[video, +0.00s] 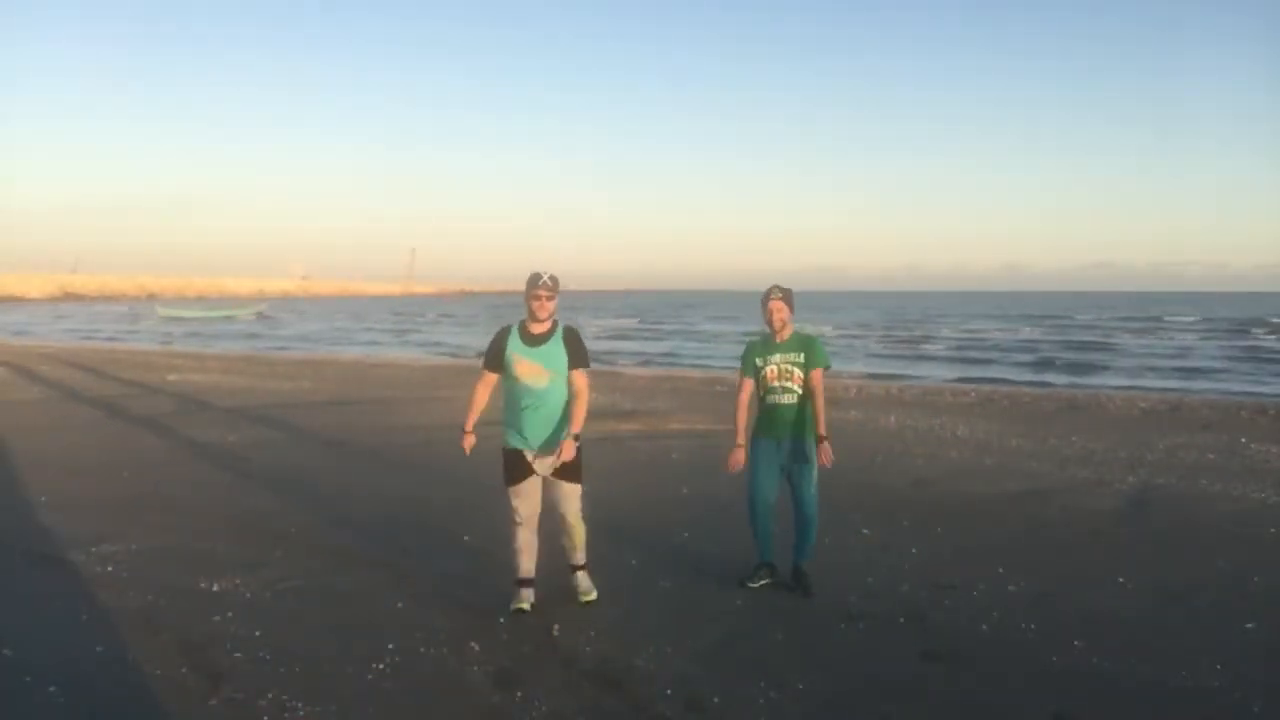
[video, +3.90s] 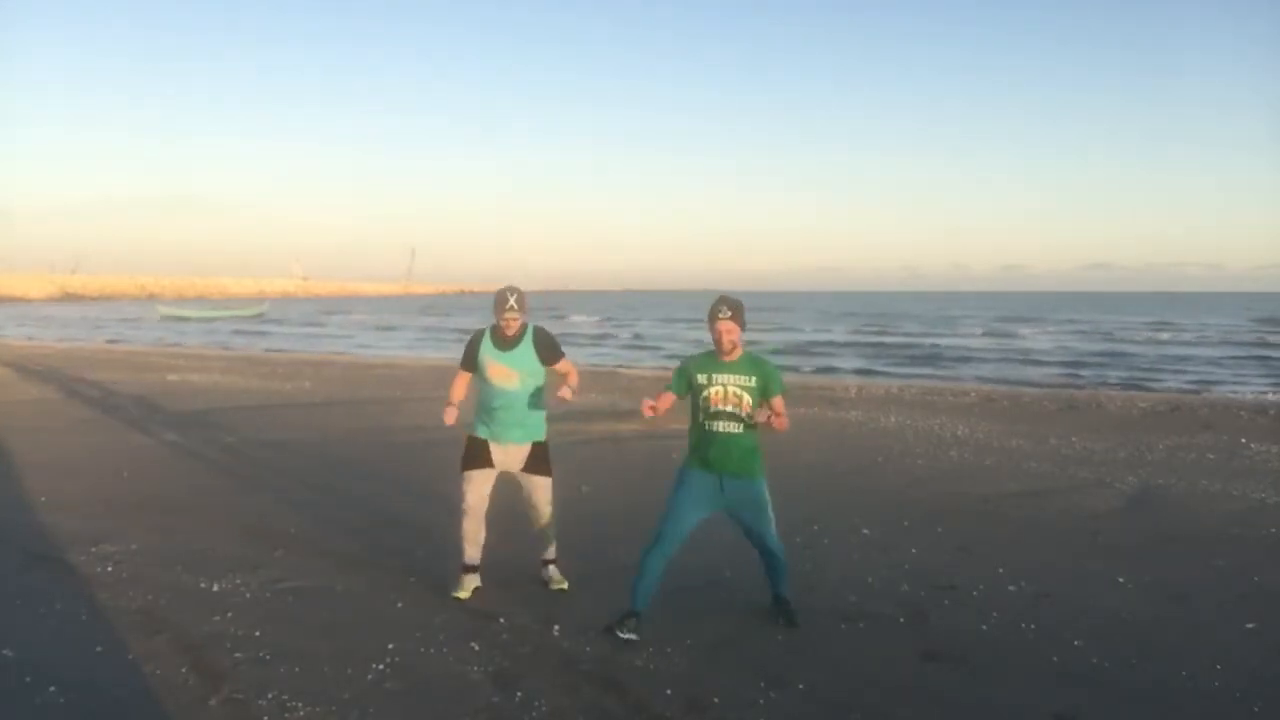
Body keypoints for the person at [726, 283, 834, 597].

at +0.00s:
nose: (774, 316)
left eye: (779, 310)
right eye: (769, 311)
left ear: (790, 312)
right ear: (764, 316)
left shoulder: (810, 345)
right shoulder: (755, 348)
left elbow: (817, 390)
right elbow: (744, 396)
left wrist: (821, 436)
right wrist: (740, 443)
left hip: (802, 437)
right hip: (766, 437)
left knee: (807, 505)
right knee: (760, 500)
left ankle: (800, 568)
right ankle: (765, 566)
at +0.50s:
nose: (731, 312)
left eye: (736, 306)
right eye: (726, 306)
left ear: (747, 311)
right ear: (720, 311)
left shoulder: (761, 347)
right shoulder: (705, 348)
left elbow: (781, 391)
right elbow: (692, 392)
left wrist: (793, 434)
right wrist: (686, 436)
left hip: (755, 439)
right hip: (717, 439)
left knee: (775, 500)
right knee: (708, 504)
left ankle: (793, 566)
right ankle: (711, 566)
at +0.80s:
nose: (720, 307)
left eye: (726, 302)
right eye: (715, 302)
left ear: (736, 305)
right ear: (709, 306)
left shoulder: (752, 338)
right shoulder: (694, 338)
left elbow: (762, 381)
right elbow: (679, 375)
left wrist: (747, 405)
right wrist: (679, 394)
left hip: (740, 428)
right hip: (705, 428)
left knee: (744, 499)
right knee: (705, 496)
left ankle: (741, 564)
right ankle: (710, 564)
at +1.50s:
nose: (741, 316)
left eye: (747, 311)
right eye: (736, 311)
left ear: (756, 317)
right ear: (728, 317)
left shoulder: (771, 357)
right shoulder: (713, 353)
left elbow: (786, 397)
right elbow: (692, 389)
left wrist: (797, 428)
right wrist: (698, 429)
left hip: (756, 449)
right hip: (717, 447)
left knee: (769, 516)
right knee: (710, 513)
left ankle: (773, 589)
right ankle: (711, 565)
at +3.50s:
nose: (748, 322)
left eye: (754, 315)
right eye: (742, 316)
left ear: (765, 317)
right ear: (735, 319)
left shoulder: (785, 355)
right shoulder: (721, 357)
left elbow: (791, 402)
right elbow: (709, 403)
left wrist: (785, 428)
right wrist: (722, 431)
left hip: (775, 452)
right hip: (736, 453)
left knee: (784, 527)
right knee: (738, 524)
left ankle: (781, 595)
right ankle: (741, 586)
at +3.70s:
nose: (745, 332)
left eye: (751, 326)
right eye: (739, 325)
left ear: (762, 328)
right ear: (732, 328)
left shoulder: (783, 366)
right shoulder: (717, 367)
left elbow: (804, 418)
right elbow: (698, 419)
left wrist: (788, 421)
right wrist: (691, 420)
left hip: (770, 465)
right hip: (727, 463)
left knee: (785, 536)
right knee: (707, 528)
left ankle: (782, 599)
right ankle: (695, 603)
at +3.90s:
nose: (723, 334)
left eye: (729, 327)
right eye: (717, 328)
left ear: (741, 329)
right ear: (710, 330)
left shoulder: (762, 369)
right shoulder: (693, 367)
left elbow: (782, 421)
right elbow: (665, 402)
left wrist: (773, 420)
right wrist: (655, 408)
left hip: (746, 475)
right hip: (700, 472)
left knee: (769, 543)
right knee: (667, 539)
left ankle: (782, 602)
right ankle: (634, 614)